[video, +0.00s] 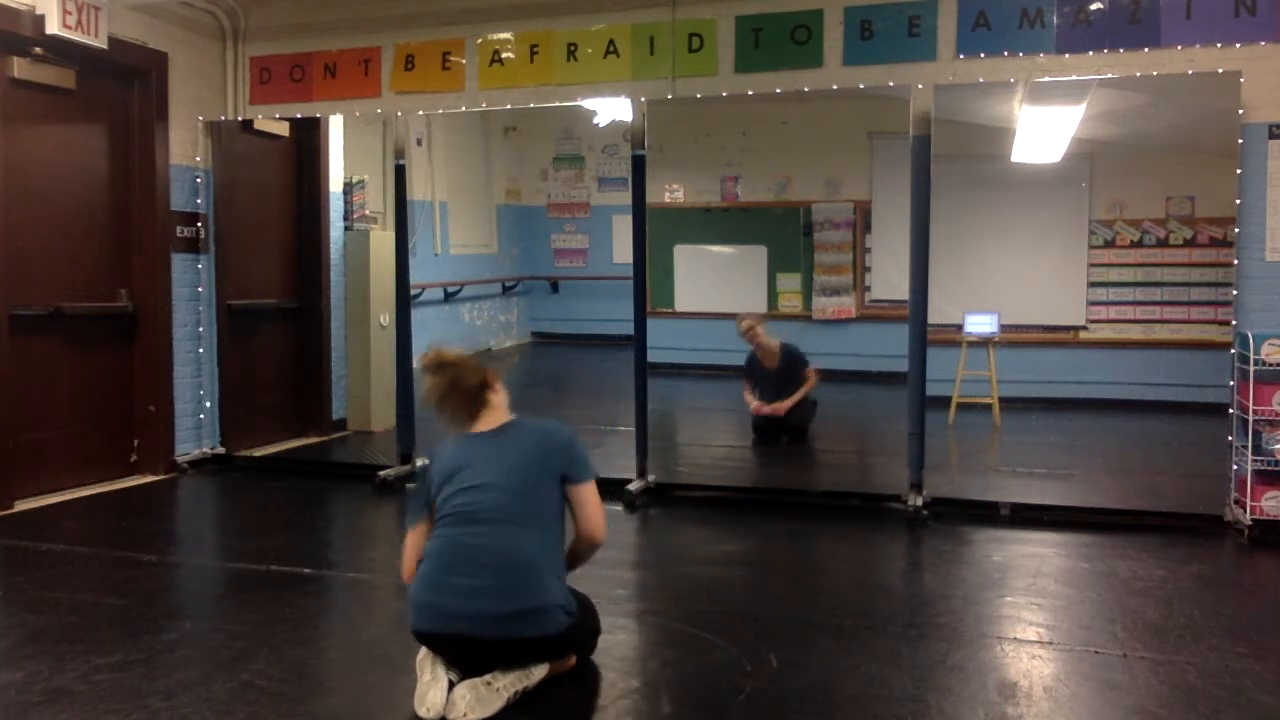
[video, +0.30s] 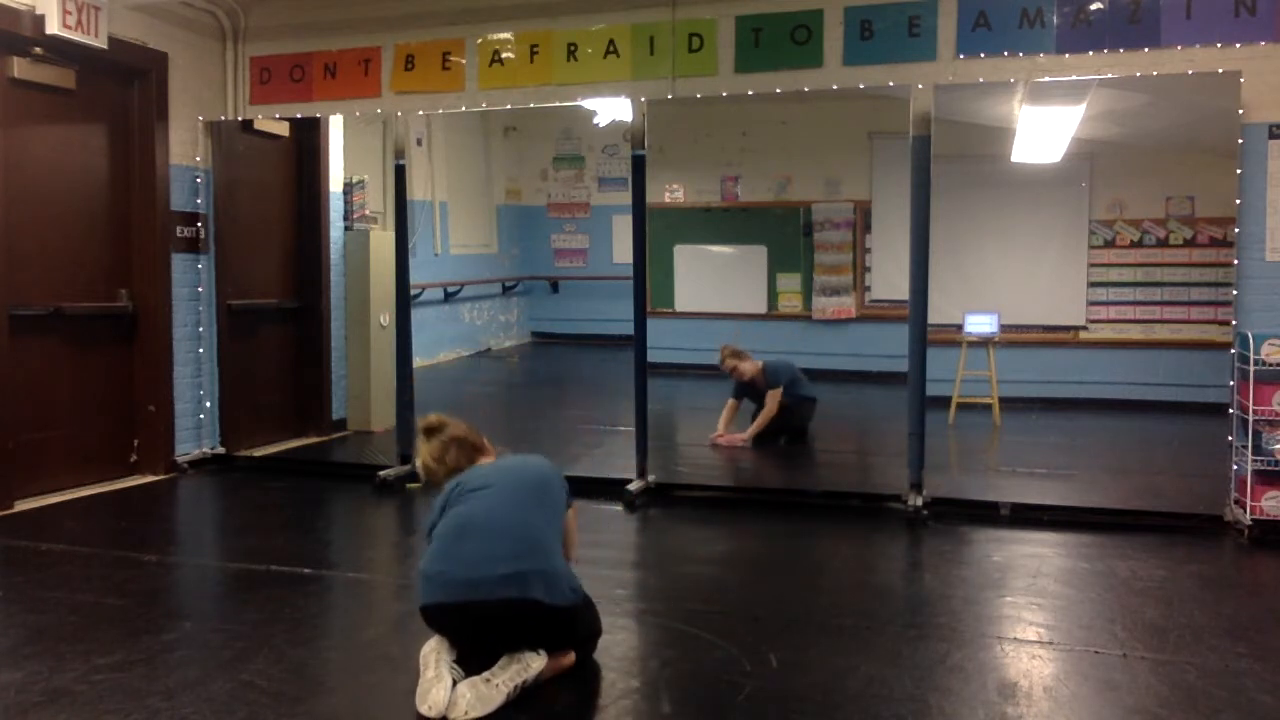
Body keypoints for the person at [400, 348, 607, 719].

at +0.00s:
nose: (502, 385)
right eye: (498, 382)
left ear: (450, 408)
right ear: (494, 385)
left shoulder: (441, 457)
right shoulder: (555, 438)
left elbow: (410, 572)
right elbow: (593, 533)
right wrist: (555, 568)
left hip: (437, 624)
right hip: (531, 620)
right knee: (583, 615)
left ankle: (447, 673)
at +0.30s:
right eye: (490, 445)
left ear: (447, 472)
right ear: (486, 446)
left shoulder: (451, 489)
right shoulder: (544, 469)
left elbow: (433, 546)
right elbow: (567, 554)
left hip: (445, 596)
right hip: (537, 591)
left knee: (484, 654)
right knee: (582, 640)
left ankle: (443, 660)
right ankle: (528, 668)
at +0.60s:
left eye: (446, 483)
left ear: (456, 474)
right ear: (500, 455)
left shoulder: (458, 489)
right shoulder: (552, 476)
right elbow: (547, 545)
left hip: (441, 594)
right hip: (532, 589)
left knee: (486, 649)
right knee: (583, 638)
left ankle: (443, 660)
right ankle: (531, 666)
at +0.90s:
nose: (522, 390)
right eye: (519, 383)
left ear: (457, 399)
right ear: (512, 389)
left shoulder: (439, 445)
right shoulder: (544, 438)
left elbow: (420, 533)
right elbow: (584, 537)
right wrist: (548, 564)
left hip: (439, 609)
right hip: (528, 603)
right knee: (584, 632)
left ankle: (440, 664)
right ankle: (514, 675)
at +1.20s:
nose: (539, 378)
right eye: (538, 371)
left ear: (472, 374)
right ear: (531, 380)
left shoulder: (427, 442)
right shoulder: (545, 442)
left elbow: (390, 535)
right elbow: (555, 526)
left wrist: (441, 560)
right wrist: (548, 567)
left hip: (423, 627)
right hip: (511, 628)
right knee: (581, 620)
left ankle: (441, 677)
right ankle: (494, 685)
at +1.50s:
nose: (591, 407)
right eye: (590, 396)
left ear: (533, 388)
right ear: (587, 403)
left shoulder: (487, 438)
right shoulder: (576, 466)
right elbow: (577, 573)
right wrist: (585, 590)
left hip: (423, 619)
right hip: (506, 622)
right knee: (582, 624)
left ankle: (438, 671)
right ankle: (492, 691)